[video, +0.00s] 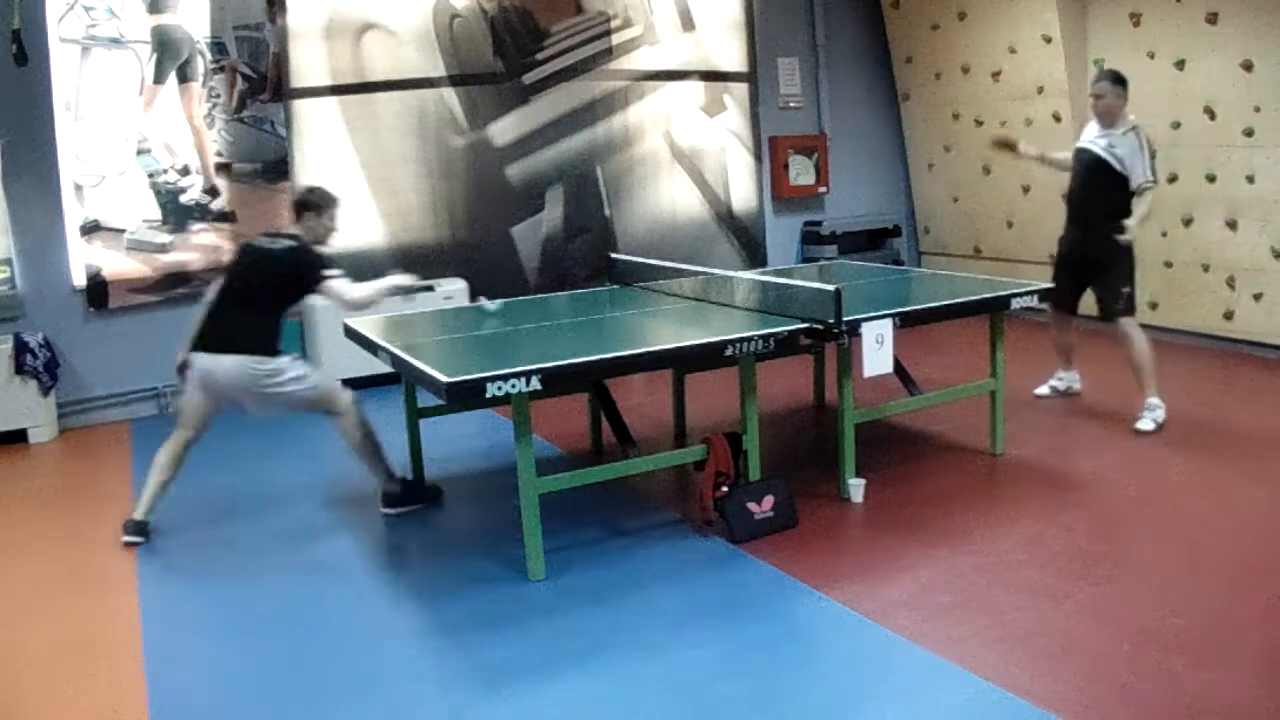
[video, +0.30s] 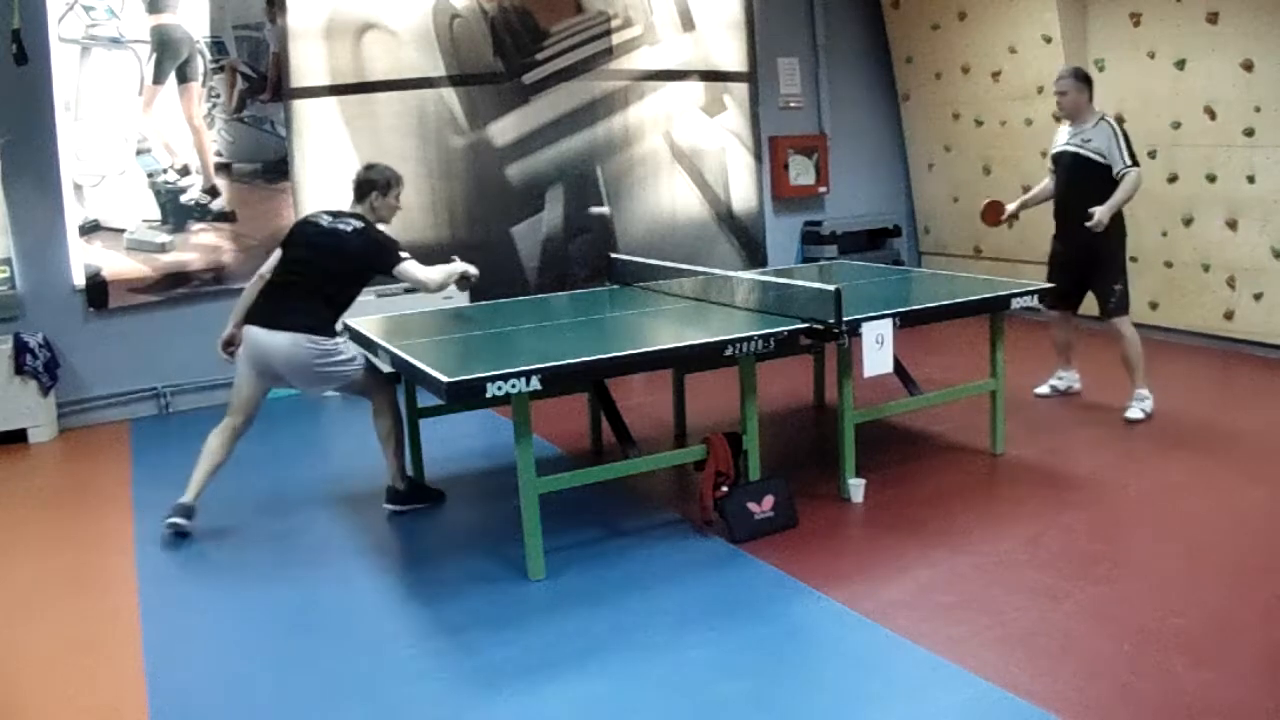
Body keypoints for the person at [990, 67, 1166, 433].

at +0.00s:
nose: (1094, 104)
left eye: (1101, 97)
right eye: (1091, 97)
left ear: (1121, 99)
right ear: (1092, 99)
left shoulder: (1134, 137)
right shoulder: (1092, 130)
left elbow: (1146, 191)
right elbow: (1075, 163)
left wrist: (1134, 224)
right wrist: (1032, 154)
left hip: (1112, 243)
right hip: (1076, 239)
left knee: (1123, 320)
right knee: (1061, 310)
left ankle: (1152, 401)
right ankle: (1067, 374)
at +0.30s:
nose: (1057, 101)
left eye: (1063, 94)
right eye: (1055, 95)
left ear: (1084, 95)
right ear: (1062, 97)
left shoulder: (1109, 130)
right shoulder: (1062, 135)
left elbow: (1132, 176)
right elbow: (1055, 181)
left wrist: (1109, 208)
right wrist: (1020, 204)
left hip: (1104, 240)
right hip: (1067, 239)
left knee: (1117, 318)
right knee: (1060, 311)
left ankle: (1141, 392)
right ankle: (1066, 374)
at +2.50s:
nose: (998, 126)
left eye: (1002, 119)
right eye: (996, 121)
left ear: (1021, 116)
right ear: (1011, 120)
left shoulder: (1051, 139)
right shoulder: (1012, 151)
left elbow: (1081, 179)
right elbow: (976, 180)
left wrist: (1062, 220)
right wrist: (929, 183)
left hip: (1069, 242)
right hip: (1035, 241)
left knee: (1070, 320)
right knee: (1007, 306)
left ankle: (1105, 387)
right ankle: (992, 371)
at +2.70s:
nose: (1029, 114)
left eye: (1036, 107)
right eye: (1027, 107)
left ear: (1057, 107)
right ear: (1032, 108)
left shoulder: (1082, 139)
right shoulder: (1028, 140)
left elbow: (1112, 184)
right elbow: (988, 165)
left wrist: (1099, 222)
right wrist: (944, 163)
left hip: (1077, 244)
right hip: (1039, 242)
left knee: (1081, 319)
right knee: (1011, 307)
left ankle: (1106, 388)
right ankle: (991, 370)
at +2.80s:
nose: (1042, 110)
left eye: (1048, 104)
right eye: (1039, 104)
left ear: (1069, 104)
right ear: (1041, 105)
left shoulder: (1091, 139)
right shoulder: (1037, 137)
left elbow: (1119, 184)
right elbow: (1001, 169)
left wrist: (1112, 226)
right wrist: (959, 169)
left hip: (1082, 242)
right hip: (1044, 239)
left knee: (1085, 319)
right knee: (1015, 307)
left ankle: (1107, 388)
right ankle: (992, 370)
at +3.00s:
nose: (1045, 102)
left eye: (1052, 96)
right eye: (1042, 96)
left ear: (1072, 97)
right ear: (1040, 98)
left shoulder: (1094, 133)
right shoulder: (1038, 133)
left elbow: (1122, 180)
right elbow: (1019, 175)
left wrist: (1121, 225)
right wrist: (985, 187)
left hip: (1083, 235)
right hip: (1044, 233)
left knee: (1086, 316)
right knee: (1024, 305)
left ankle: (1106, 388)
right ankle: (1033, 372)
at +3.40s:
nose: (1029, 102)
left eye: (1035, 96)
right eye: (1026, 96)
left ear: (1054, 96)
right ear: (1026, 98)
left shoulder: (1079, 130)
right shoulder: (1027, 134)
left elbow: (1106, 176)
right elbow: (1018, 181)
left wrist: (1095, 215)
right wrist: (994, 208)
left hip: (1080, 237)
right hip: (1042, 236)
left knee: (1090, 314)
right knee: (1028, 307)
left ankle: (1112, 390)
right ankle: (1033, 371)